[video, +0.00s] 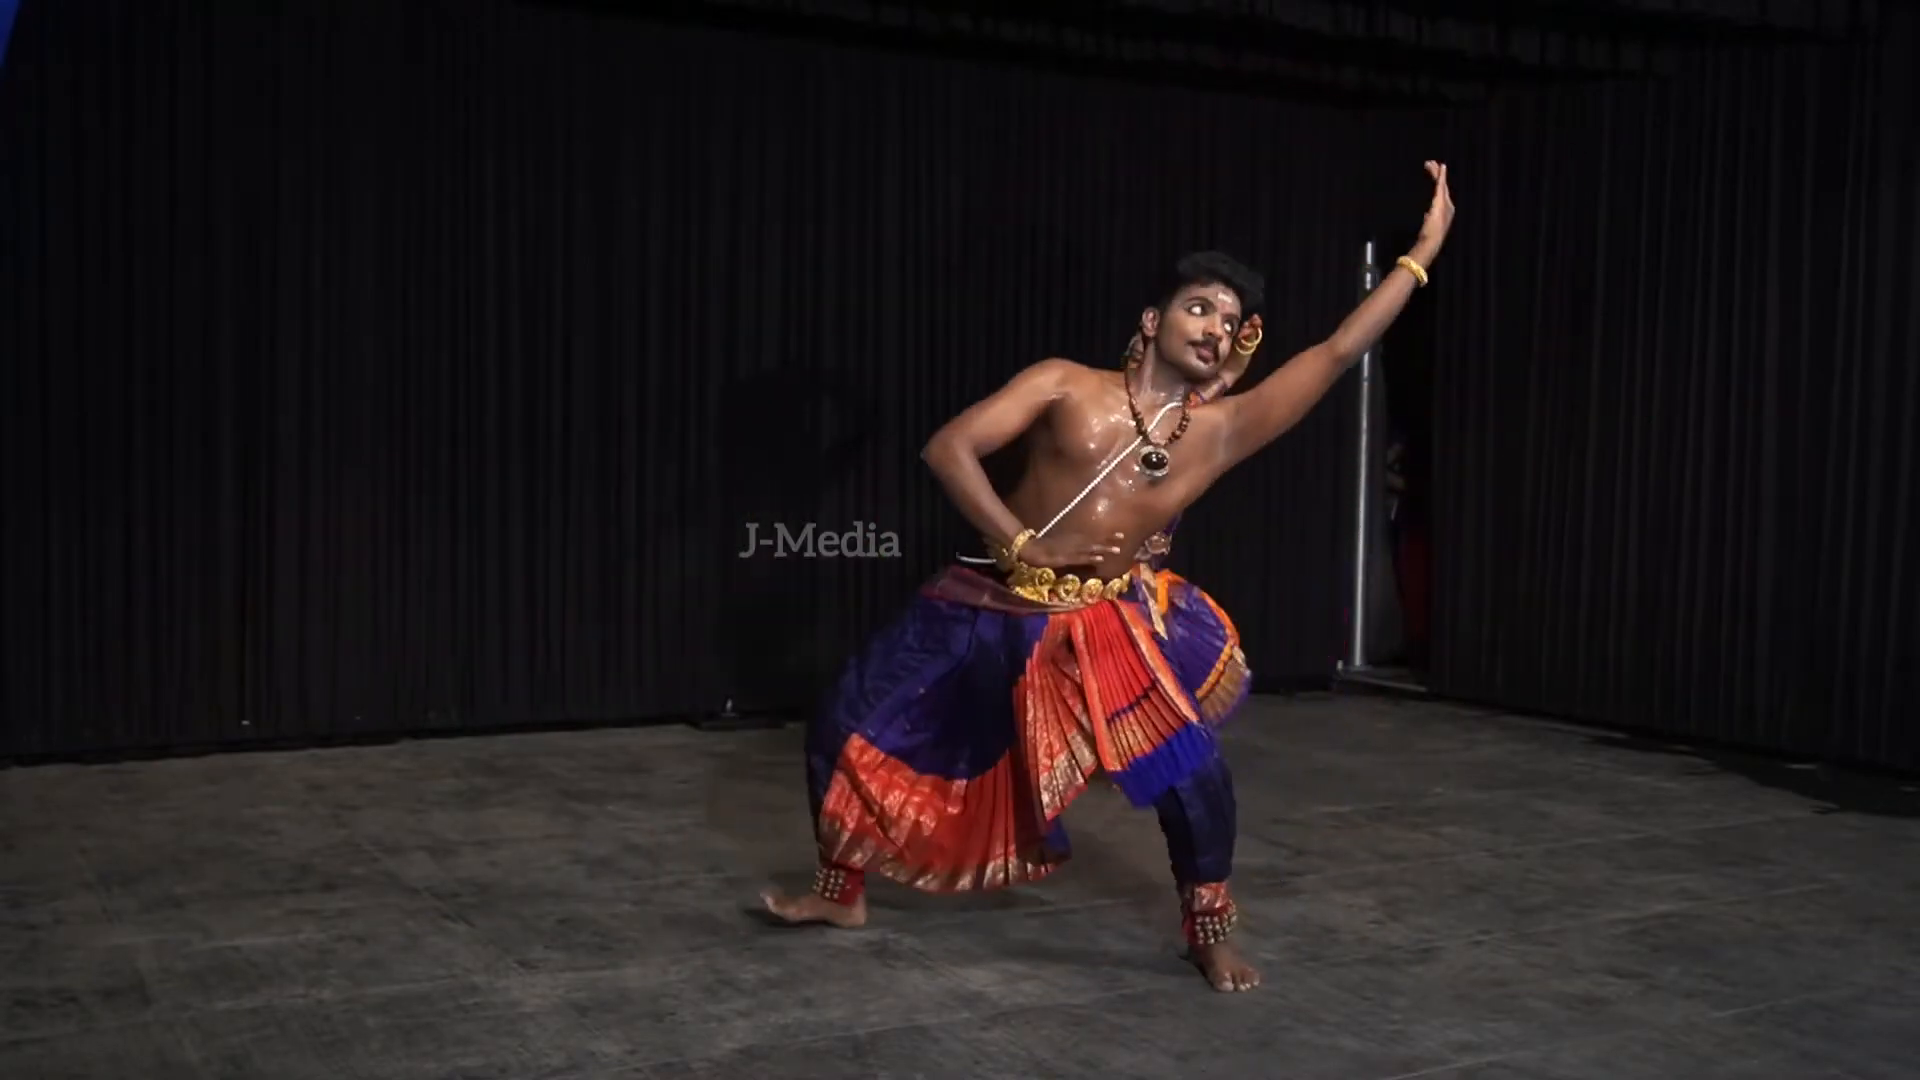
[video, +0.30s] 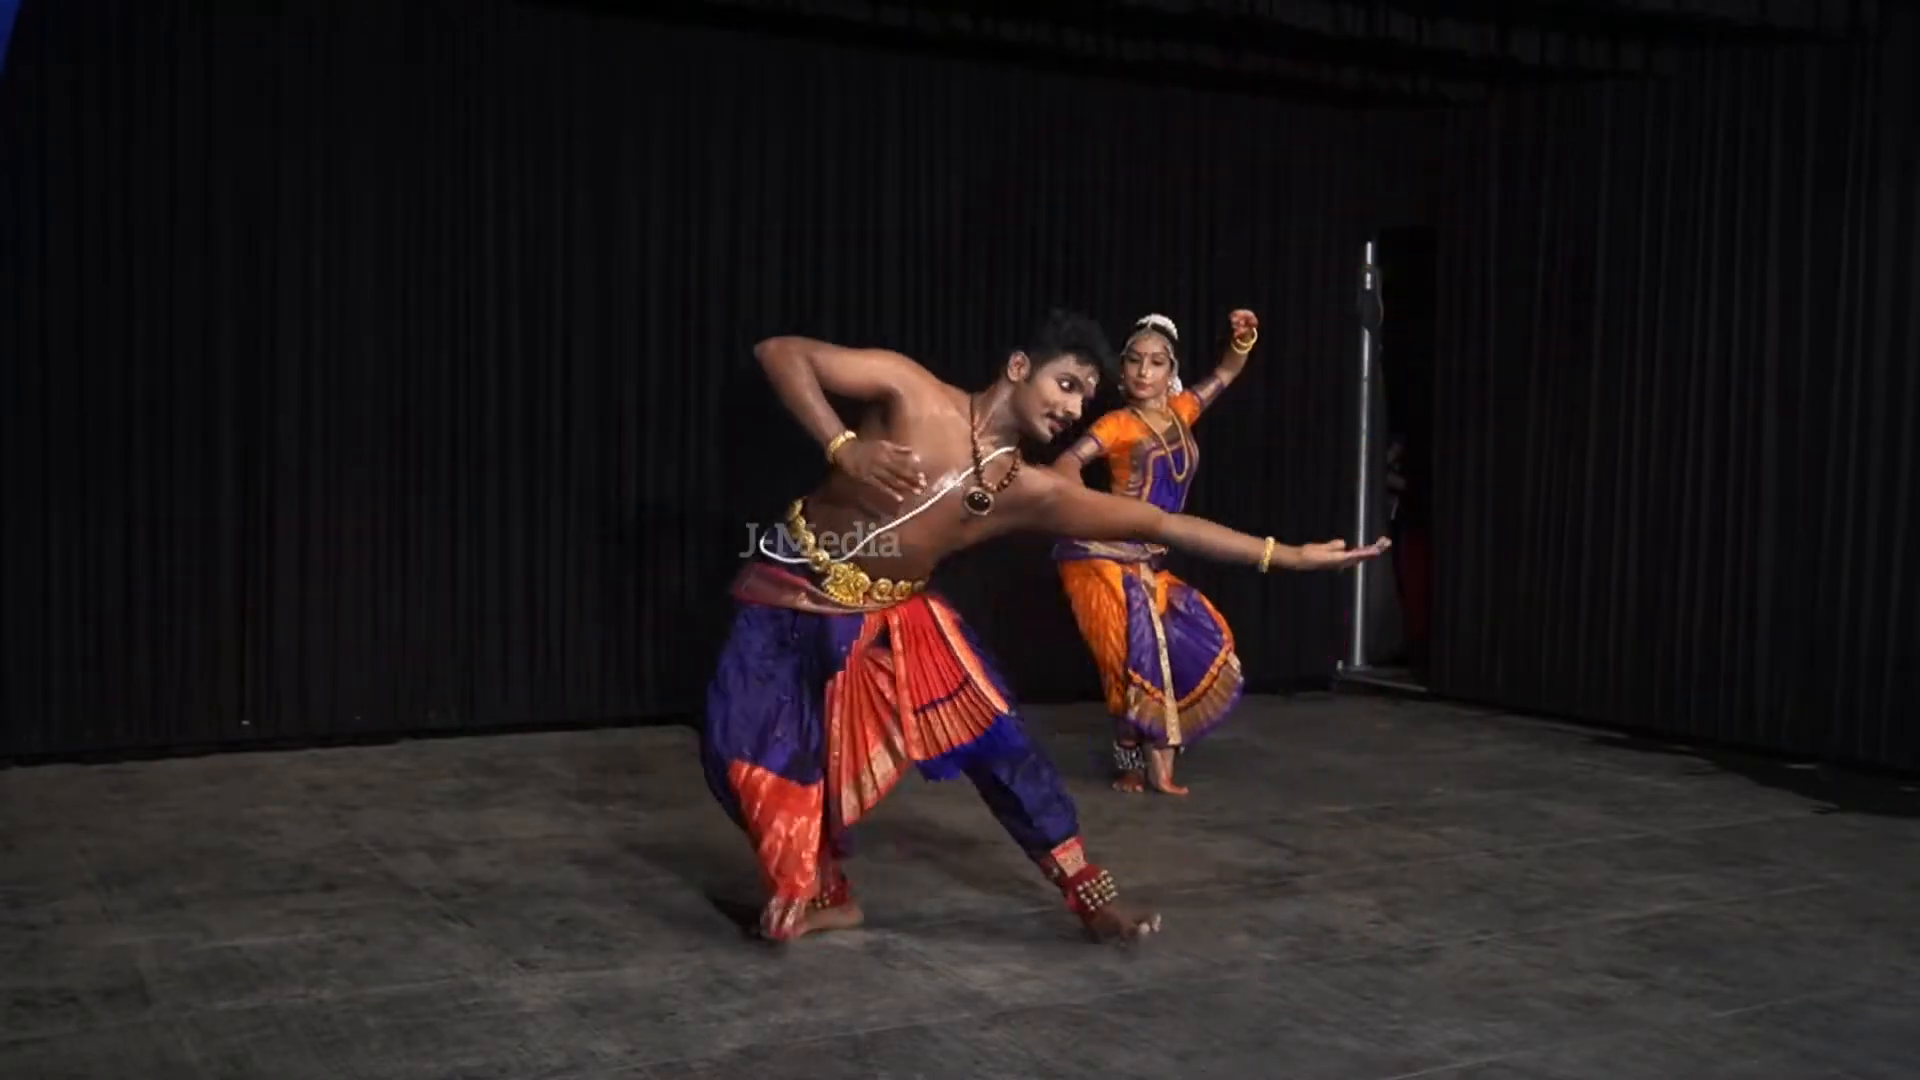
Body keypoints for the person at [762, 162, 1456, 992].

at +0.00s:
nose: (1217, 328)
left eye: (1231, 322)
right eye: (1202, 309)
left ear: (1236, 351)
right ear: (1151, 322)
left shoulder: (1220, 431)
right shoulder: (1063, 387)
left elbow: (1336, 350)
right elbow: (947, 449)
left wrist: (1419, 258)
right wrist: (1017, 541)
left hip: (1113, 621)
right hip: (997, 603)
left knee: (1197, 768)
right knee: (851, 714)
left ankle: (1210, 928)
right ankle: (838, 886)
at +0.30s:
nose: (1073, 405)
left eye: (1084, 397)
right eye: (1066, 385)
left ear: (1078, 406)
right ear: (1016, 369)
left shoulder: (1036, 489)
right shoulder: (911, 392)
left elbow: (1159, 526)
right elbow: (779, 354)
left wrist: (1286, 556)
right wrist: (835, 441)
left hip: (897, 607)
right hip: (795, 587)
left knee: (997, 734)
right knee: (747, 745)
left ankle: (1090, 896)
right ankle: (821, 888)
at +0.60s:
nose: (946, 433)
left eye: (957, 422)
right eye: (941, 413)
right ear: (899, 384)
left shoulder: (905, 496)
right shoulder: (793, 388)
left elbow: (929, 601)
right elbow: (670, 349)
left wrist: (963, 708)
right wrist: (731, 434)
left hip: (778, 595)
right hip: (692, 573)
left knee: (836, 744)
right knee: (723, 744)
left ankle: (687, 799)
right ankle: (820, 889)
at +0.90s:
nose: (804, 375)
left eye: (814, 364)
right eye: (797, 357)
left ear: (818, 364)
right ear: (752, 335)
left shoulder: (778, 439)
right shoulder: (660, 358)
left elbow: (726, 522)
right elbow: (537, 329)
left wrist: (678, 581)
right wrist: (611, 396)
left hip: (679, 574)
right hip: (597, 560)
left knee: (691, 732)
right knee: (656, 728)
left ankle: (573, 828)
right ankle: (765, 864)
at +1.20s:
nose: (688, 323)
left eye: (697, 309)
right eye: (677, 305)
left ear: (702, 310)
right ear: (632, 292)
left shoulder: (682, 391)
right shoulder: (551, 333)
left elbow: (634, 466)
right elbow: (426, 313)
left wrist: (525, 464)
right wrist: (499, 359)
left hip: (609, 558)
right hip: (518, 548)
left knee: (616, 703)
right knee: (455, 670)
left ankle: (563, 845)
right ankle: (520, 828)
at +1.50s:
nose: (596, 288)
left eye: (602, 274)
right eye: (582, 271)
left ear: (603, 278)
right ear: (535, 267)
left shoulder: (597, 360)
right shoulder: (461, 320)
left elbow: (558, 430)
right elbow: (332, 300)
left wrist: (442, 428)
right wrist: (399, 341)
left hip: (529, 543)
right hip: (435, 537)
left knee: (606, 643)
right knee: (411, 686)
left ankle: (559, 806)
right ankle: (450, 839)